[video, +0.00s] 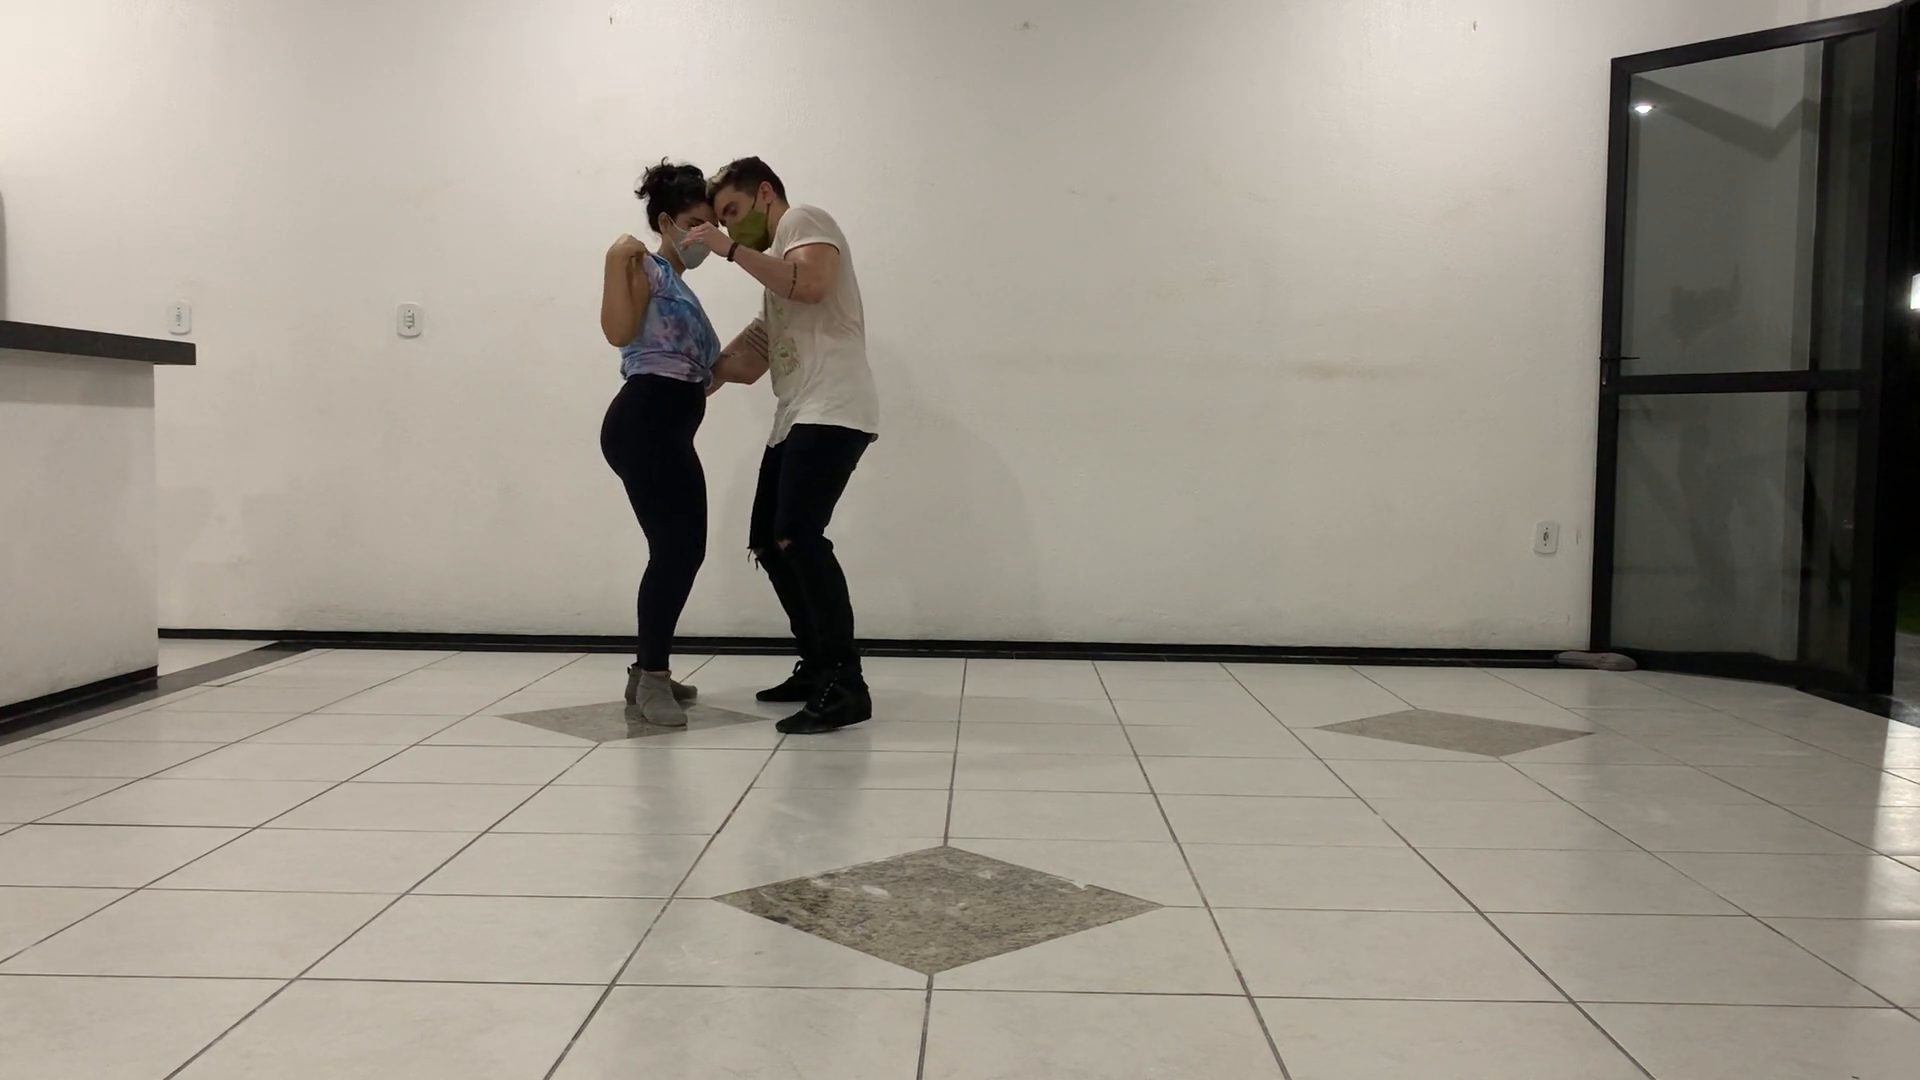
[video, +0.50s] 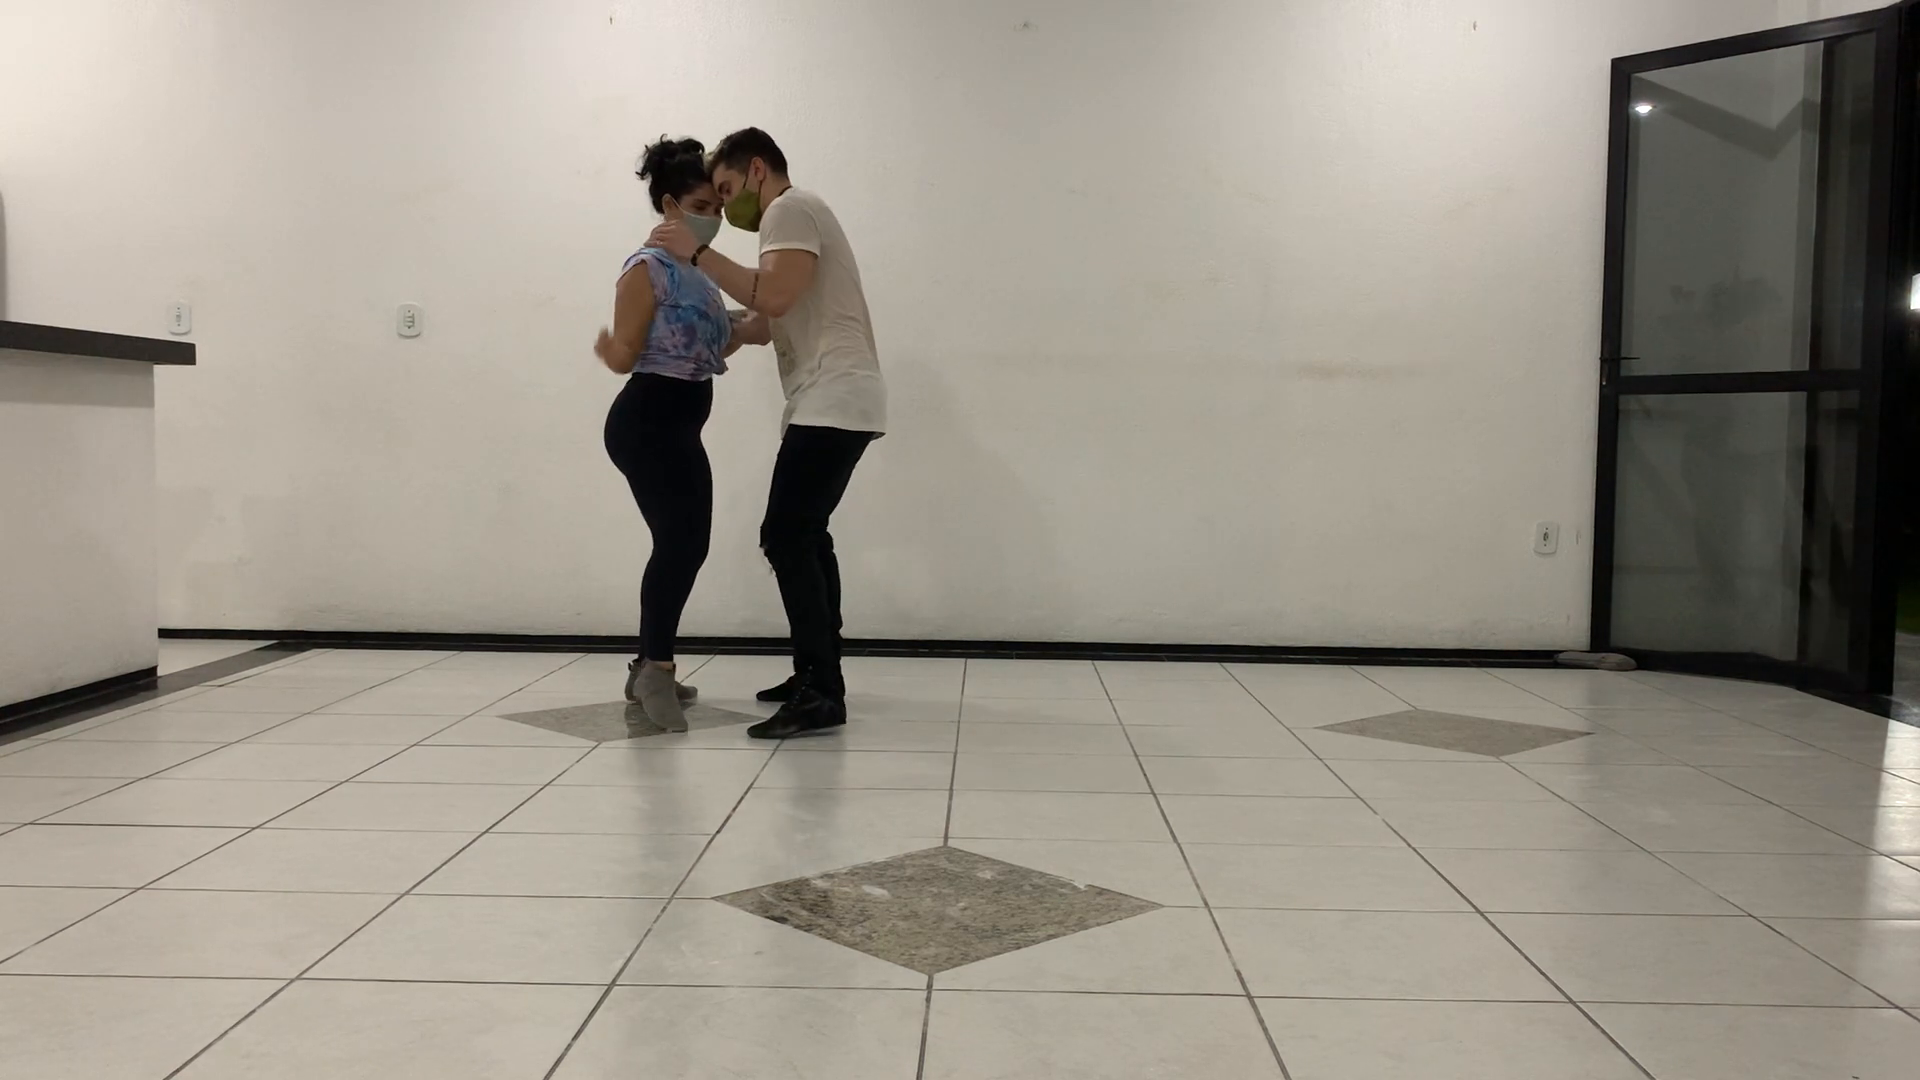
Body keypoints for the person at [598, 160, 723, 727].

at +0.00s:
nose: (702, 233)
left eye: (706, 223)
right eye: (692, 222)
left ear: (705, 226)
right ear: (665, 223)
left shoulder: (679, 287)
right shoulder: (640, 266)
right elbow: (617, 332)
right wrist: (620, 263)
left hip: (670, 426)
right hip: (643, 422)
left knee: (684, 549)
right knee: (672, 550)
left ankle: (652, 670)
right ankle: (648, 679)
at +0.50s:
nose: (712, 219)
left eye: (716, 206)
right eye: (698, 206)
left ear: (718, 203)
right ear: (666, 207)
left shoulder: (699, 274)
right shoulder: (646, 272)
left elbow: (705, 346)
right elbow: (622, 358)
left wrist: (748, 330)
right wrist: (606, 343)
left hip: (680, 423)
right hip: (645, 421)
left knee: (690, 544)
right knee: (675, 543)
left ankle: (652, 665)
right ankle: (654, 672)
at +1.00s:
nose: (698, 203)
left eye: (698, 192)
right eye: (689, 191)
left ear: (670, 194)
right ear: (653, 191)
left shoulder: (657, 257)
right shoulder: (625, 248)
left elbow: (688, 346)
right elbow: (585, 325)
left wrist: (741, 311)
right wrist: (633, 409)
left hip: (659, 413)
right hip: (636, 415)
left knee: (678, 548)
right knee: (681, 548)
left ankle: (648, 668)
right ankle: (636, 685)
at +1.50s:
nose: (660, 221)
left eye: (665, 210)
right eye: (654, 209)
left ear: (625, 201)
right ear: (616, 200)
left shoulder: (609, 271)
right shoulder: (572, 245)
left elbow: (622, 354)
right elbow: (490, 286)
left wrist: (677, 309)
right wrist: (528, 374)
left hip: (527, 419)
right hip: (549, 417)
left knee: (560, 558)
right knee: (613, 547)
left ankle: (526, 694)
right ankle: (624, 693)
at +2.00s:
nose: (641, 208)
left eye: (644, 196)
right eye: (633, 194)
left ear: (617, 194)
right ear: (593, 189)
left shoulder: (596, 278)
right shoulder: (540, 237)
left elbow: (590, 363)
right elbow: (444, 272)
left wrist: (657, 334)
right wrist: (445, 370)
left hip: (539, 422)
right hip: (487, 411)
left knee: (547, 557)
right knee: (512, 552)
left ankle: (524, 696)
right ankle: (517, 701)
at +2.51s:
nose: (579, 163)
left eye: (573, 153)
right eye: (565, 157)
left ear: (543, 175)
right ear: (534, 176)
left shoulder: (549, 261)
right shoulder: (512, 238)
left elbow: (620, 333)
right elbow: (445, 305)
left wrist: (658, 284)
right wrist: (448, 402)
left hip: (512, 419)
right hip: (472, 413)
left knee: (538, 552)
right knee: (506, 556)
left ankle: (506, 694)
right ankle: (469, 705)